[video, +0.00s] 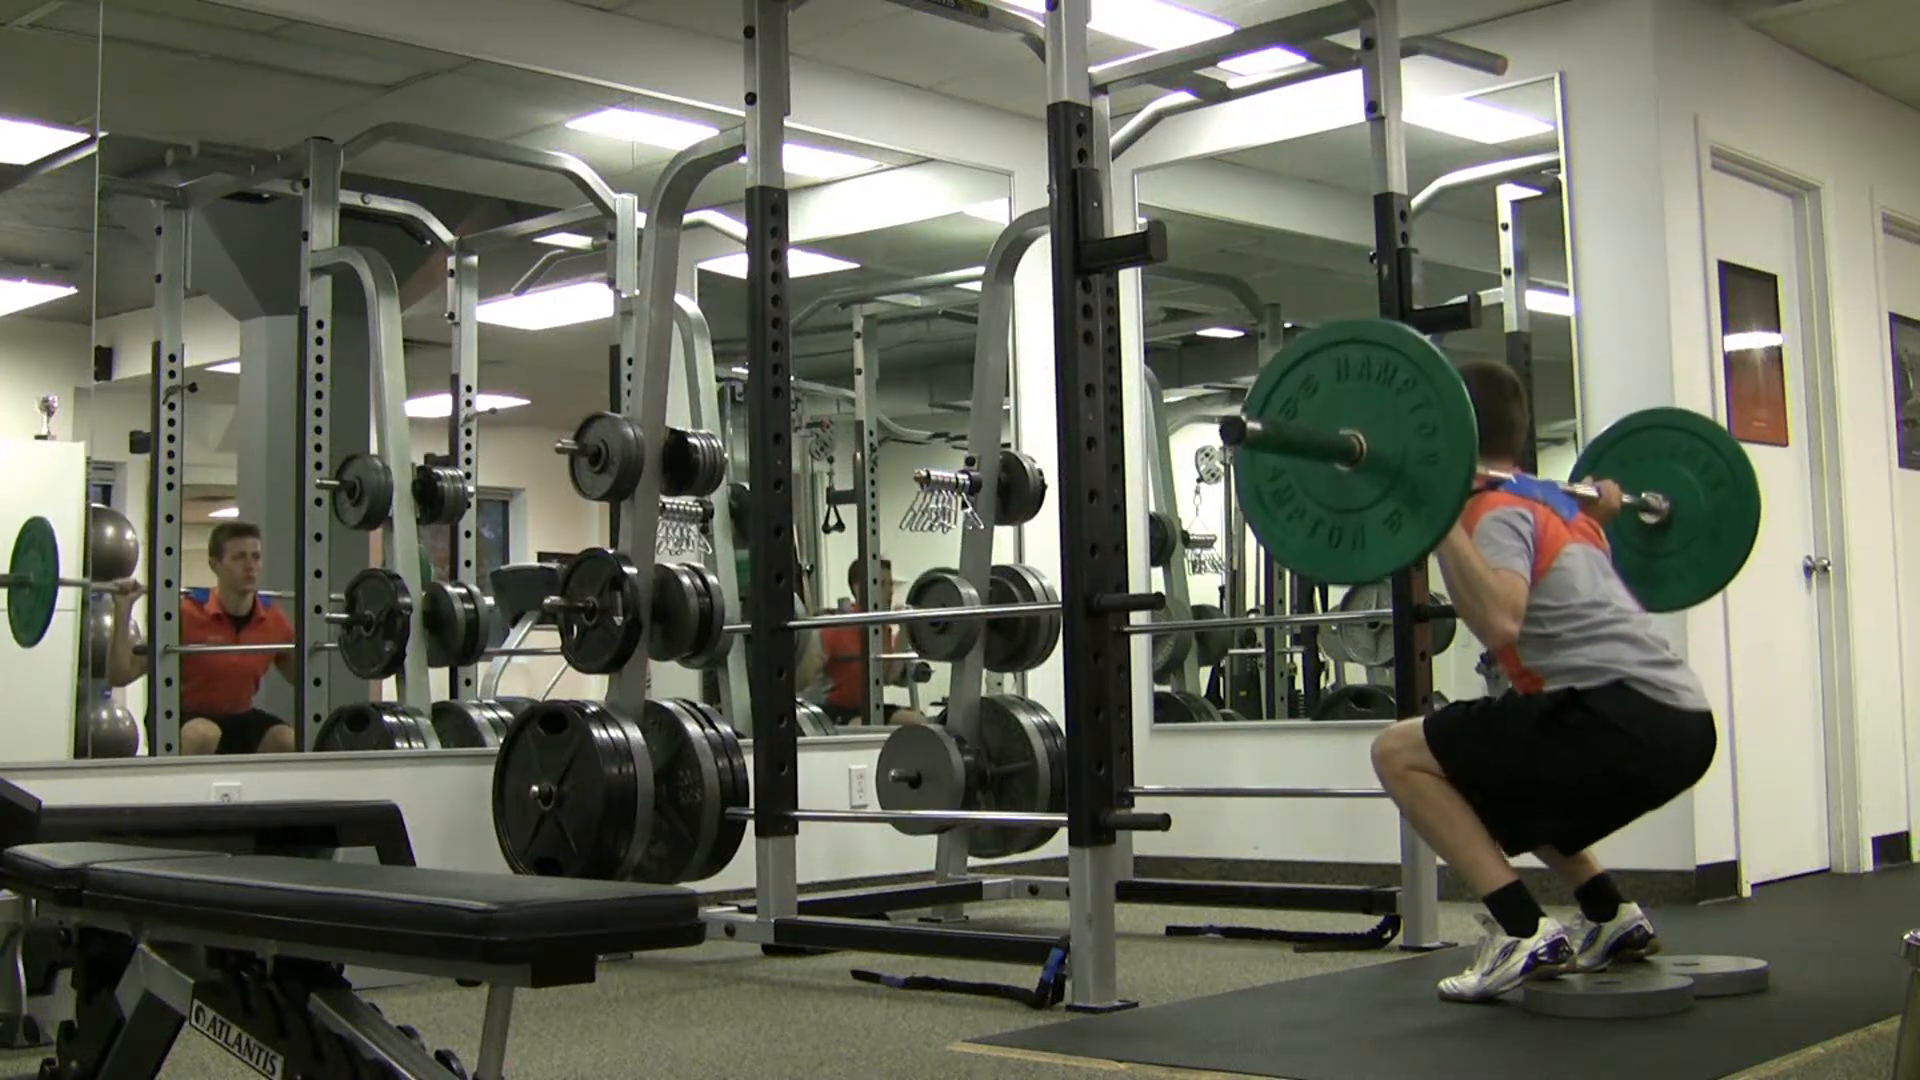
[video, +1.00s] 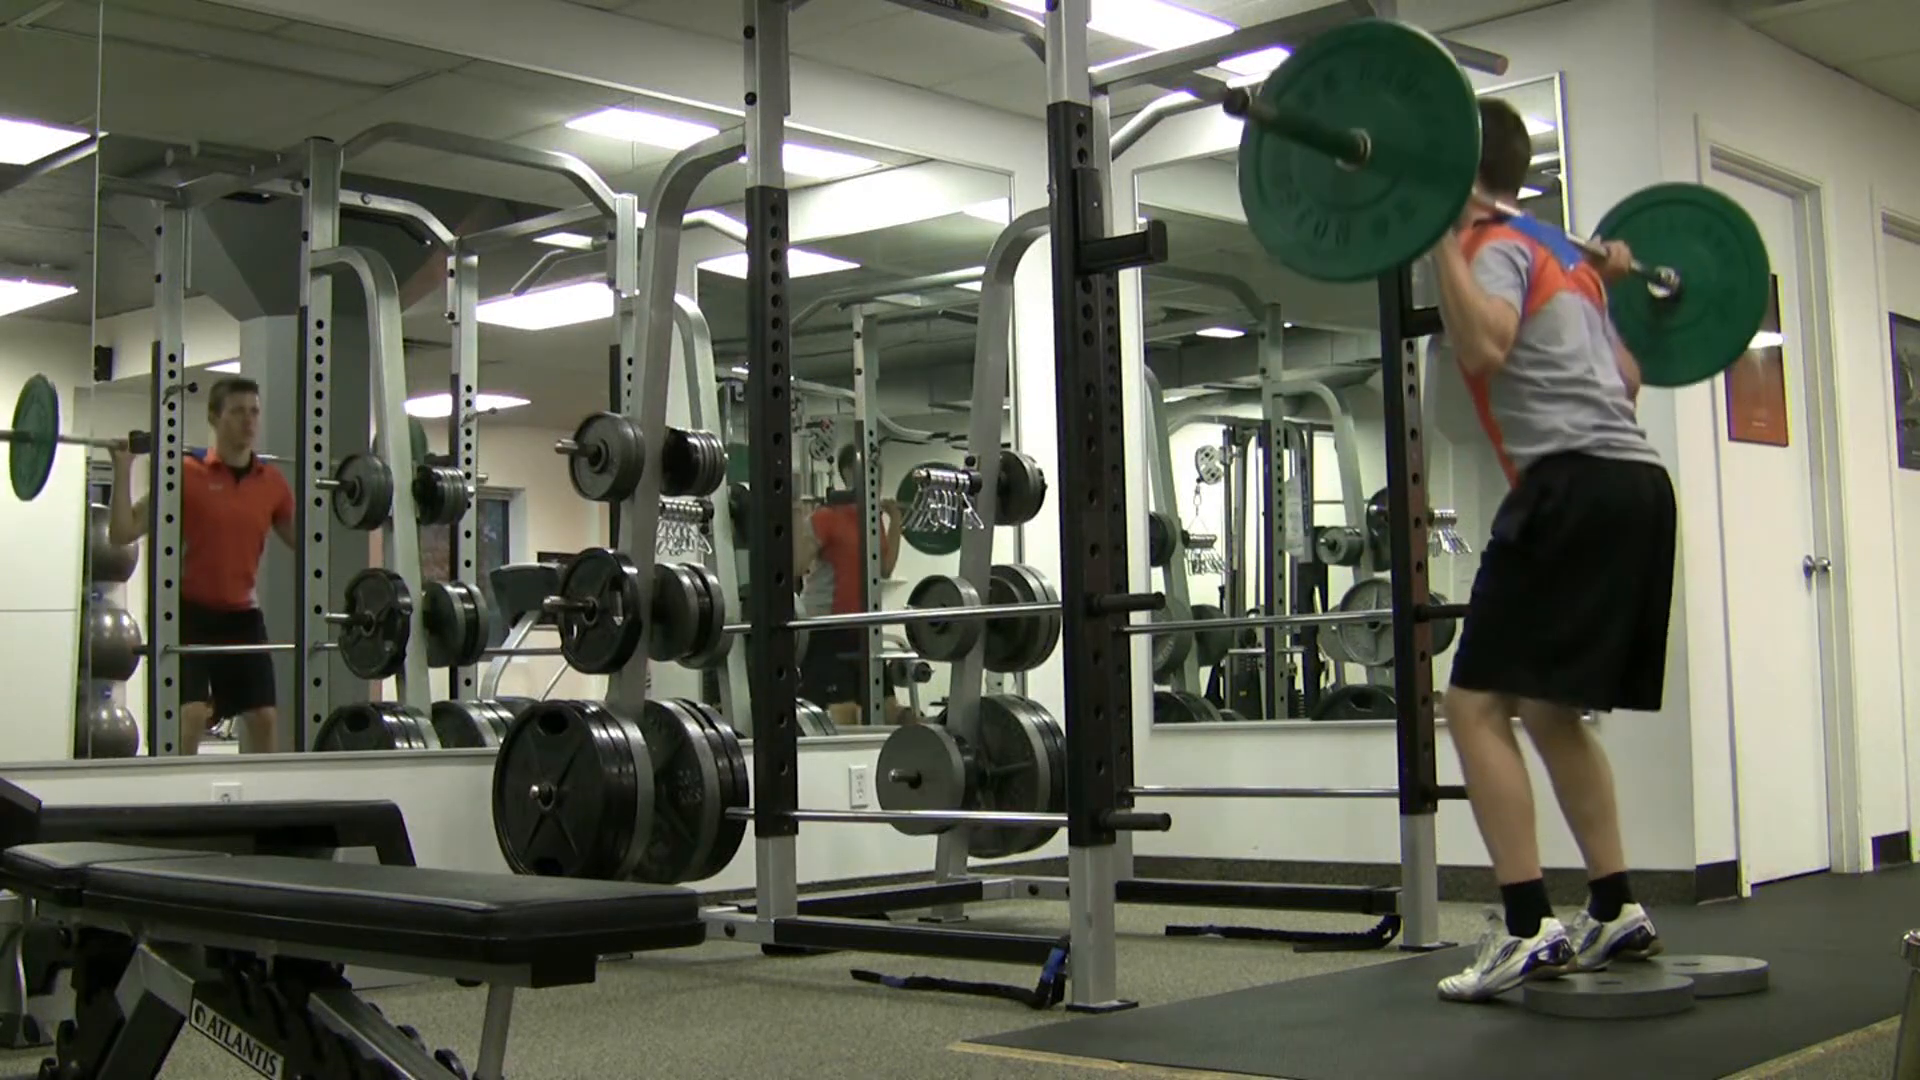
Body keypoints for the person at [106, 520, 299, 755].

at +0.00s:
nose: (250, 566)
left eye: (256, 557)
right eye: (239, 557)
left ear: (262, 562)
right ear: (215, 564)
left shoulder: (272, 618)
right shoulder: (185, 613)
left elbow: (303, 679)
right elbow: (121, 675)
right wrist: (123, 608)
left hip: (241, 718)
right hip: (186, 717)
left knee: (290, 741)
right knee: (203, 735)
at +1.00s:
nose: (249, 420)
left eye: (254, 412)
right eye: (239, 412)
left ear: (261, 418)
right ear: (215, 418)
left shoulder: (272, 482)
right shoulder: (185, 473)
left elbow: (308, 546)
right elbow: (123, 532)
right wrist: (123, 467)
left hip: (242, 613)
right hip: (188, 611)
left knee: (263, 717)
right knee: (194, 713)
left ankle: (260, 805)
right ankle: (176, 805)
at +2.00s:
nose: (244, 410)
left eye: (249, 402)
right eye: (233, 402)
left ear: (256, 408)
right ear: (210, 408)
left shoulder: (269, 469)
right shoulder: (185, 463)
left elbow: (307, 535)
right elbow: (122, 526)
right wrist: (119, 459)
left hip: (248, 609)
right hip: (195, 605)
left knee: (261, 722)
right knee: (188, 724)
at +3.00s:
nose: (248, 531)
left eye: (253, 522)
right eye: (237, 523)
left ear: (259, 526)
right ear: (213, 528)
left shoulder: (272, 588)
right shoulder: (183, 579)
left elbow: (302, 647)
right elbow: (124, 639)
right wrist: (120, 579)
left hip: (235, 693)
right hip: (181, 689)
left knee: (287, 737)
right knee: (205, 732)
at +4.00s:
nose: (251, 513)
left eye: (257, 503)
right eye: (239, 504)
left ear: (264, 508)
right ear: (216, 511)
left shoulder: (274, 568)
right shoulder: (185, 562)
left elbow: (309, 631)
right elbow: (121, 621)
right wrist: (126, 561)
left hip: (240, 678)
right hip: (187, 675)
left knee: (285, 733)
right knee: (207, 729)